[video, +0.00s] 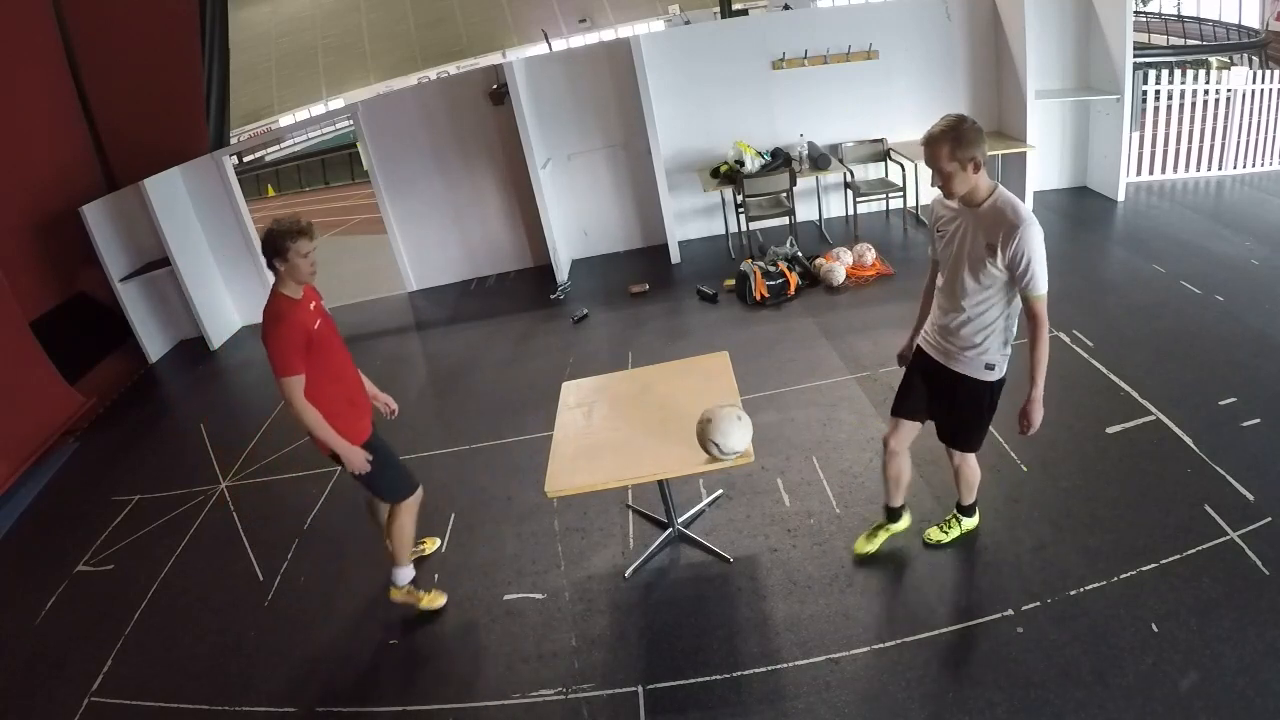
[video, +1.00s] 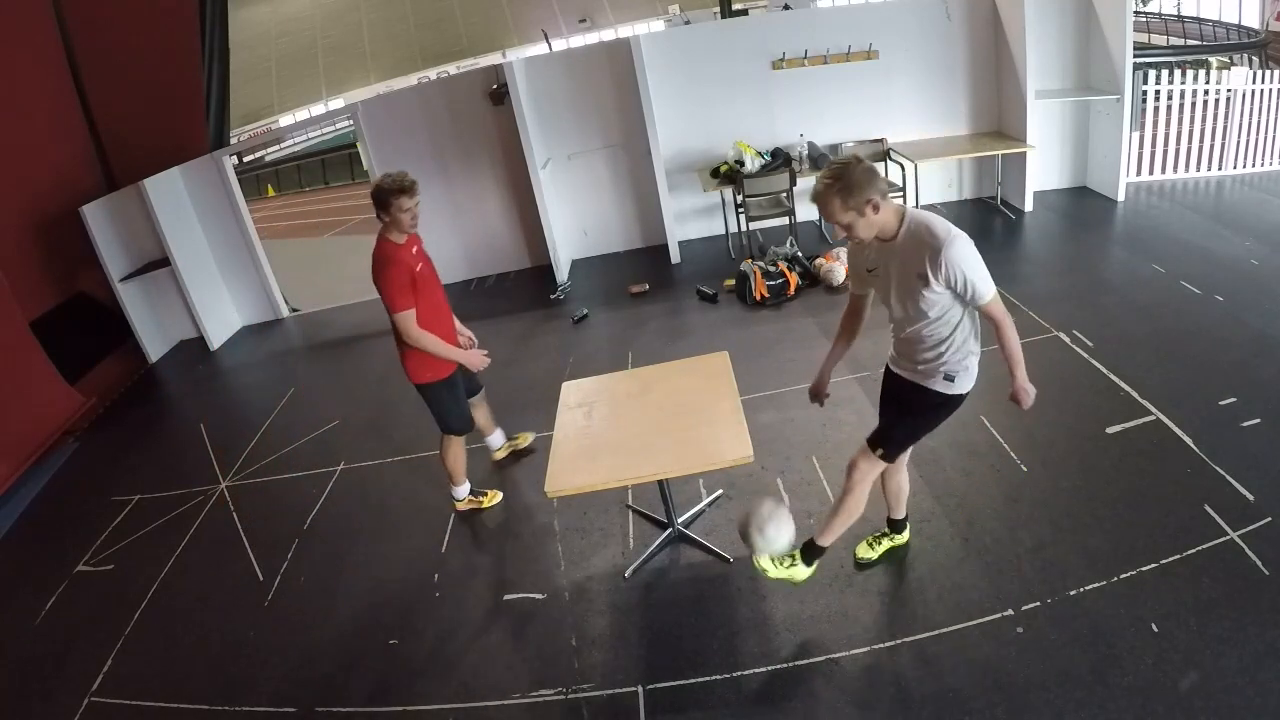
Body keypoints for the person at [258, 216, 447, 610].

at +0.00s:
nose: (313, 260)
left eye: (313, 252)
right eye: (303, 256)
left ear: (312, 251)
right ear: (279, 265)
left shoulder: (307, 292)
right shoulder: (281, 322)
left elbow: (334, 352)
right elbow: (295, 400)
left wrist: (371, 391)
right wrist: (343, 448)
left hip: (356, 415)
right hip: (344, 433)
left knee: (380, 489)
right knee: (408, 493)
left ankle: (398, 547)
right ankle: (402, 583)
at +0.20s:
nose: (326, 251)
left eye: (326, 243)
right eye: (317, 246)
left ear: (326, 241)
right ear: (294, 254)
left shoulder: (318, 283)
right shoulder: (297, 309)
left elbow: (342, 346)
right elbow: (308, 385)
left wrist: (377, 382)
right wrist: (353, 432)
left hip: (360, 403)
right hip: (358, 418)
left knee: (373, 480)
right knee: (421, 461)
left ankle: (400, 551)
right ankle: (443, 528)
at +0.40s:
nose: (348, 246)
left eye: (348, 239)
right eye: (339, 242)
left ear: (346, 237)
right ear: (317, 249)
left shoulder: (336, 277)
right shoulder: (325, 301)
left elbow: (364, 347)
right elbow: (340, 377)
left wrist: (393, 387)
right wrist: (372, 432)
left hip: (373, 399)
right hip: (381, 405)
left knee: (379, 473)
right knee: (432, 449)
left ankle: (399, 550)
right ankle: (462, 498)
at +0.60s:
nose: (375, 231)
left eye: (375, 223)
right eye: (364, 227)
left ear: (375, 222)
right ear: (342, 235)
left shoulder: (356, 258)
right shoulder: (356, 284)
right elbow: (372, 357)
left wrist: (413, 368)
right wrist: (407, 409)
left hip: (398, 380)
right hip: (407, 385)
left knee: (410, 447)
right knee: (441, 439)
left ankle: (403, 528)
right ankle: (464, 497)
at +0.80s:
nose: (398, 222)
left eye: (398, 214)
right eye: (389, 218)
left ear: (399, 210)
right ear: (365, 224)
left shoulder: (382, 248)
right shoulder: (375, 271)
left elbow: (405, 304)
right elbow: (399, 342)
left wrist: (435, 329)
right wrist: (448, 376)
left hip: (421, 359)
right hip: (413, 371)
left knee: (444, 424)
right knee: (451, 429)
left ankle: (435, 485)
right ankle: (461, 495)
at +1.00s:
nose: (415, 214)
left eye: (416, 206)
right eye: (406, 210)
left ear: (415, 204)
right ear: (384, 215)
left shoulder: (410, 239)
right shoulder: (389, 262)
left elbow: (431, 296)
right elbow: (408, 332)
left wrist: (457, 327)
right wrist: (462, 356)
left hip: (447, 348)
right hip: (427, 363)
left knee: (475, 396)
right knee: (455, 428)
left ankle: (500, 446)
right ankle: (462, 495)